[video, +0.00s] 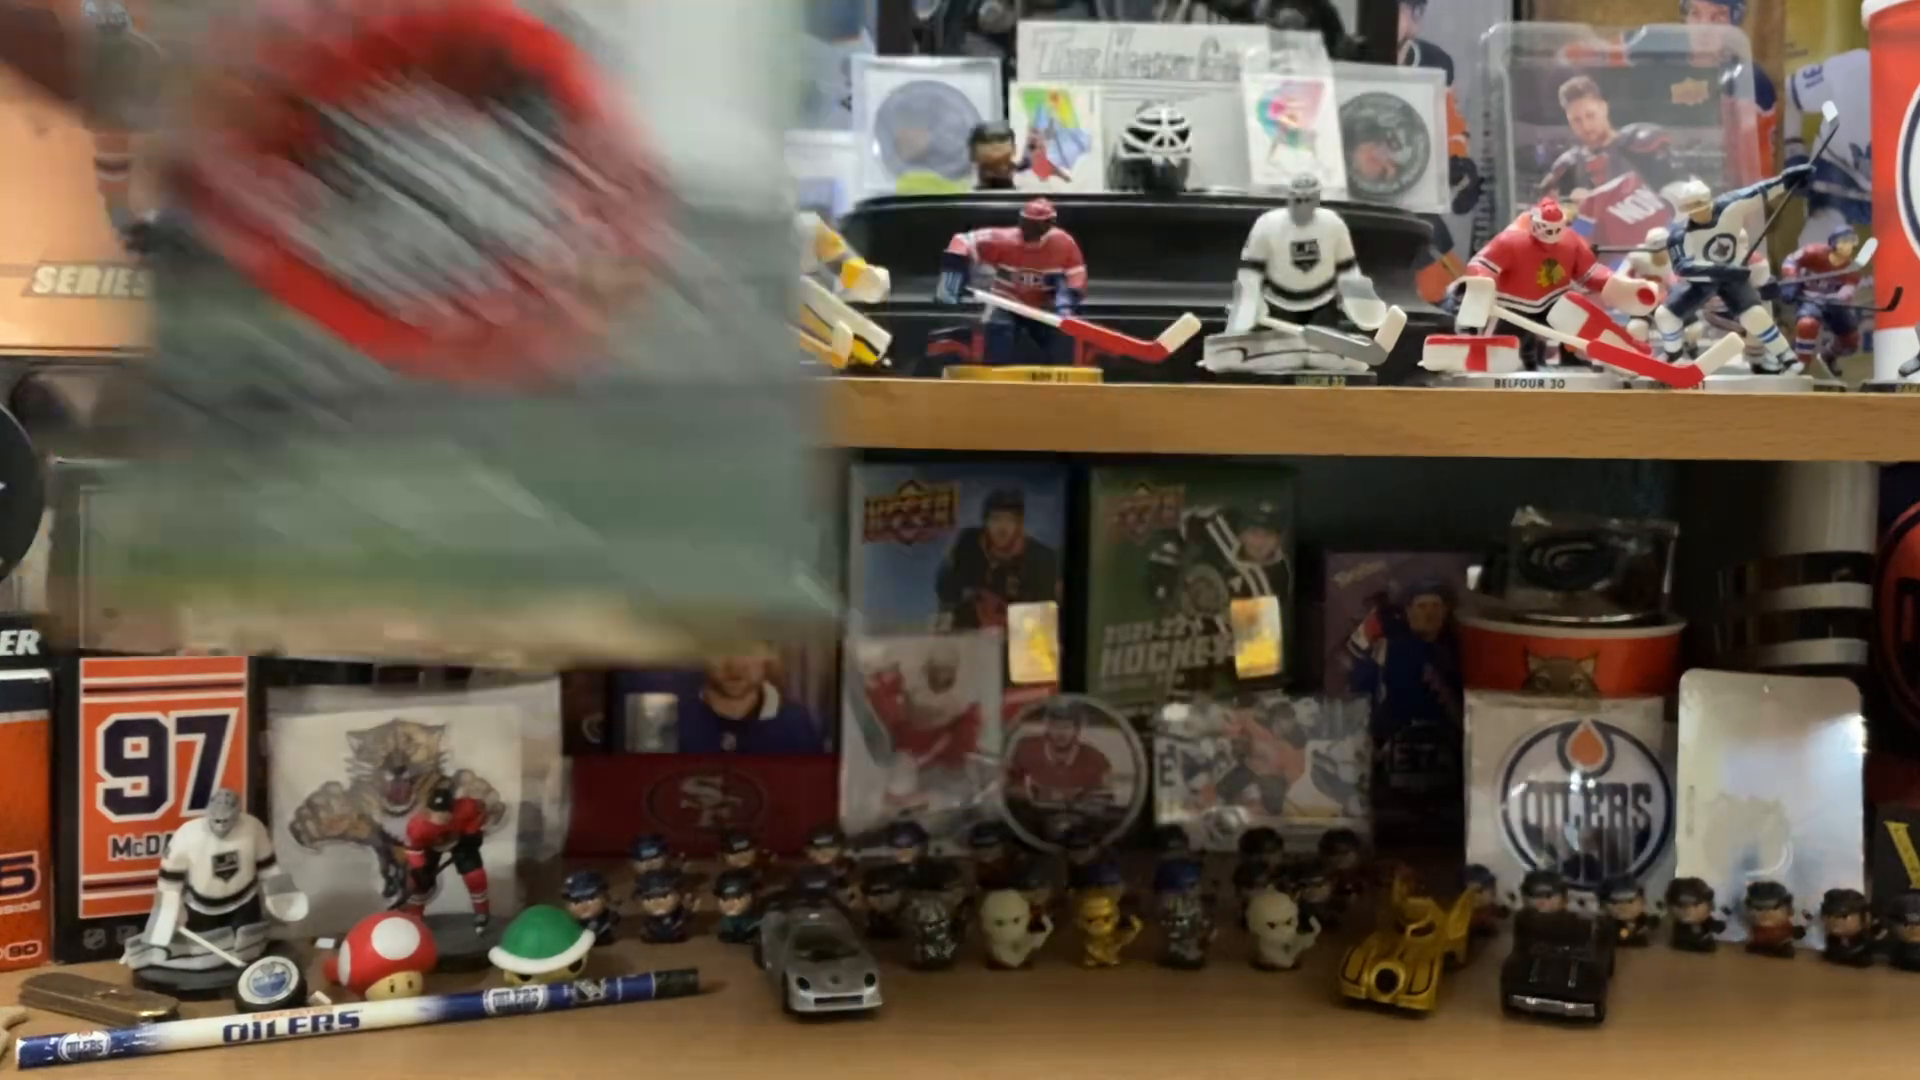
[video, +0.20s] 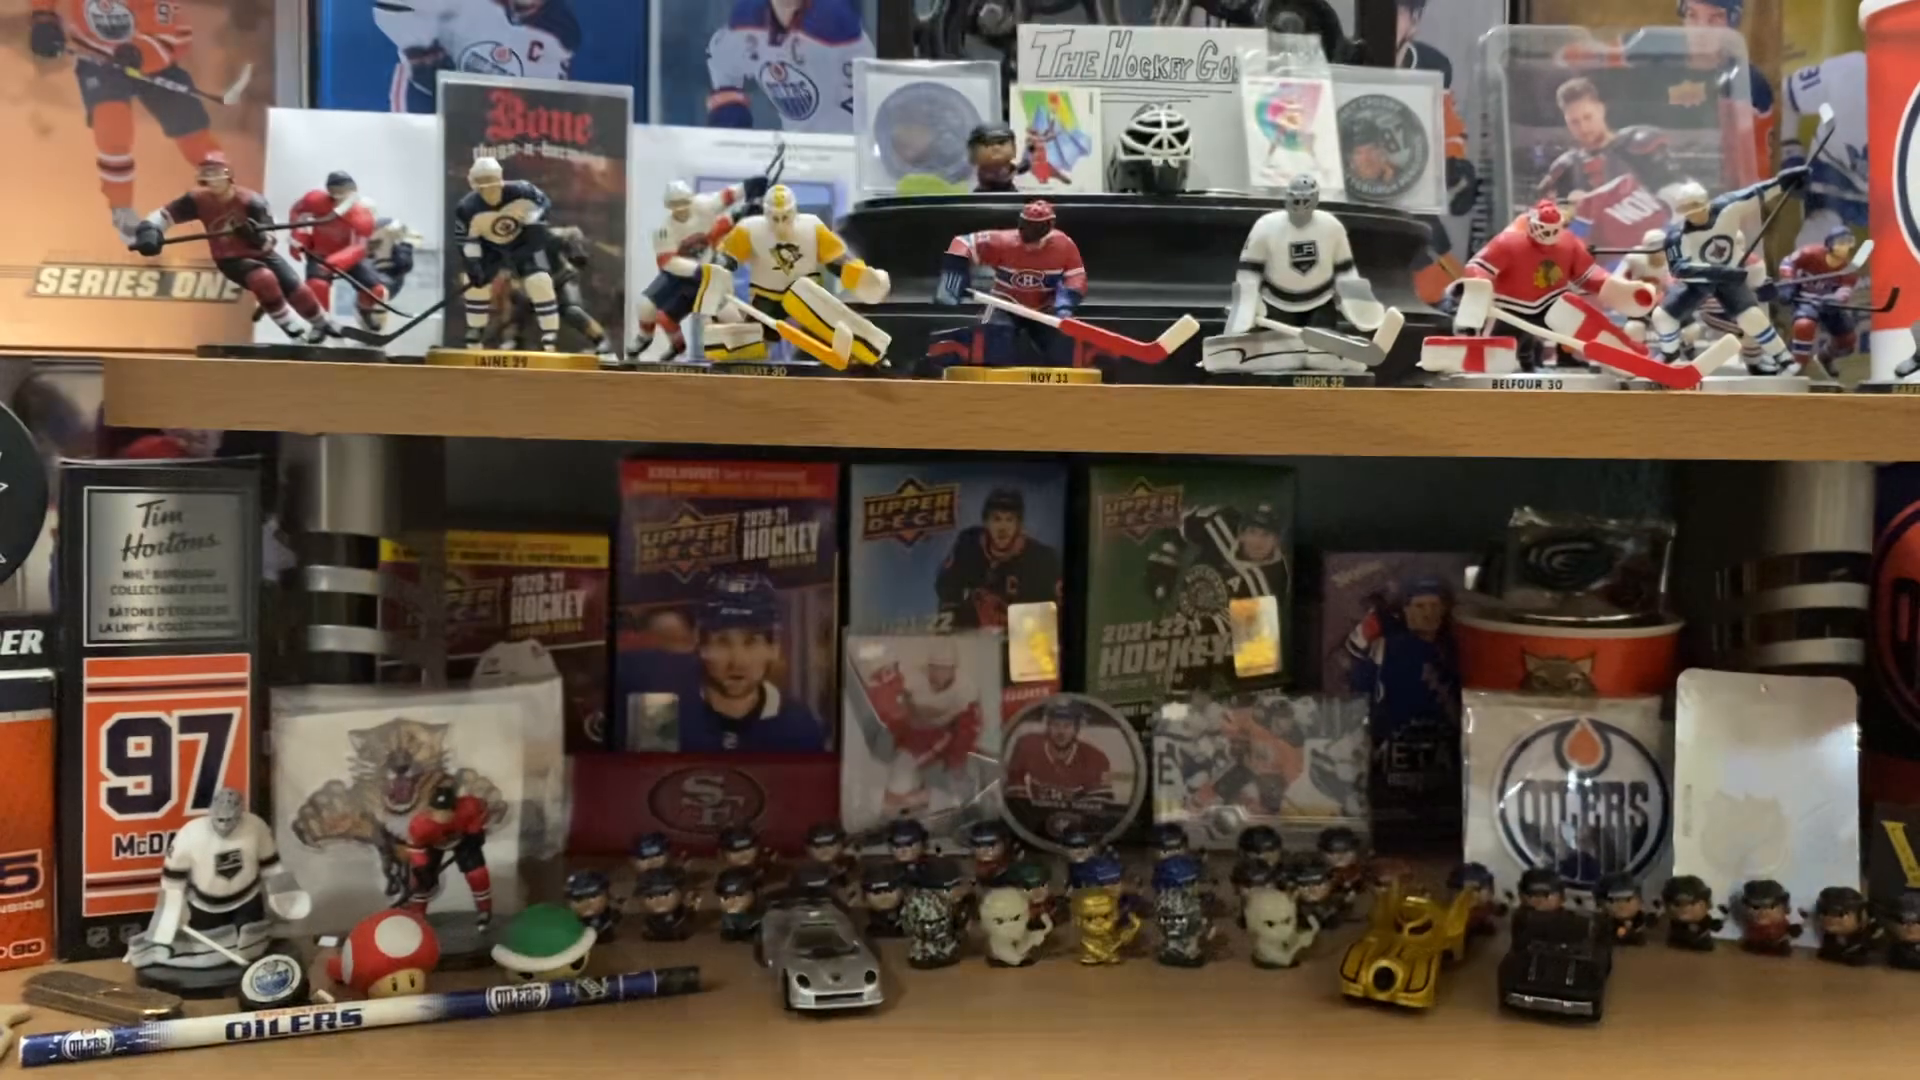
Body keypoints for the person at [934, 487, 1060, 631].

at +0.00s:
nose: (1002, 528)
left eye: (1009, 521)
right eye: (995, 520)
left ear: (1020, 523)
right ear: (986, 522)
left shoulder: (1041, 557)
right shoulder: (968, 543)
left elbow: (1043, 609)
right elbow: (944, 586)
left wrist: (1005, 615)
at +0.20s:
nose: (1003, 527)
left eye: (1009, 520)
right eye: (997, 520)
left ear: (1019, 524)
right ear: (986, 522)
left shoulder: (1042, 557)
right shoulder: (968, 542)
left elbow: (1045, 605)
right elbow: (944, 584)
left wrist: (1008, 614)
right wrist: (974, 599)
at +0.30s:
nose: (1002, 527)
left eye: (1009, 520)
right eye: (996, 520)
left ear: (1019, 524)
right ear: (985, 522)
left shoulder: (1042, 557)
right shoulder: (968, 542)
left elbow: (1045, 606)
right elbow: (944, 582)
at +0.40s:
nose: (1003, 527)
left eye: (1009, 520)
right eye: (996, 520)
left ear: (1019, 524)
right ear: (985, 522)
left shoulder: (1042, 557)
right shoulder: (967, 543)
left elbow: (1046, 605)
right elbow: (944, 583)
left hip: (1020, 638)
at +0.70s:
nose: (1002, 527)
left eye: (1009, 520)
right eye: (996, 520)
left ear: (1019, 524)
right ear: (985, 523)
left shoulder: (1041, 558)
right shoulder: (968, 542)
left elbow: (1046, 605)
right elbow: (944, 581)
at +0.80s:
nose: (1003, 527)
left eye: (1009, 520)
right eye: (996, 520)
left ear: (1019, 524)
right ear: (985, 522)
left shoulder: (1041, 558)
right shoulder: (968, 542)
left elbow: (1047, 604)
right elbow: (944, 579)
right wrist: (949, 608)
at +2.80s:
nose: (1002, 527)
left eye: (1009, 520)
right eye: (996, 520)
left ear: (1019, 525)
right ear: (985, 523)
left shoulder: (1042, 559)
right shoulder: (968, 542)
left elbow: (1046, 607)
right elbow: (944, 580)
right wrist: (949, 607)